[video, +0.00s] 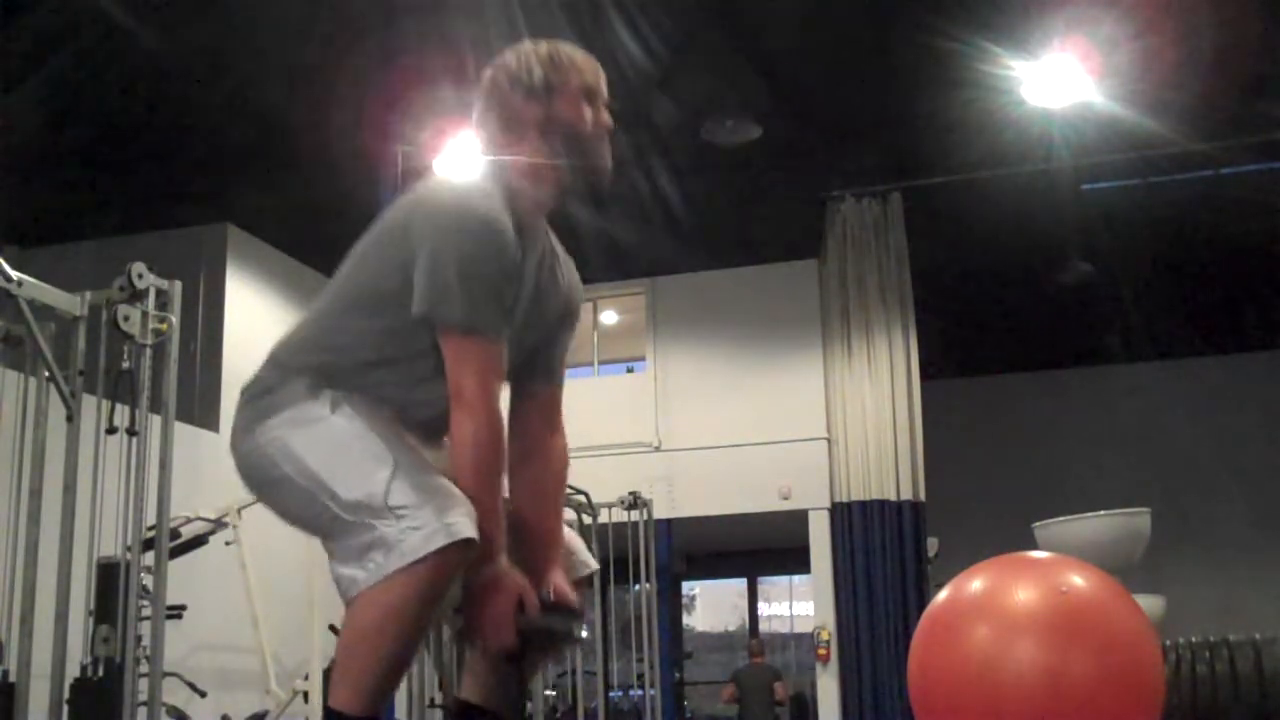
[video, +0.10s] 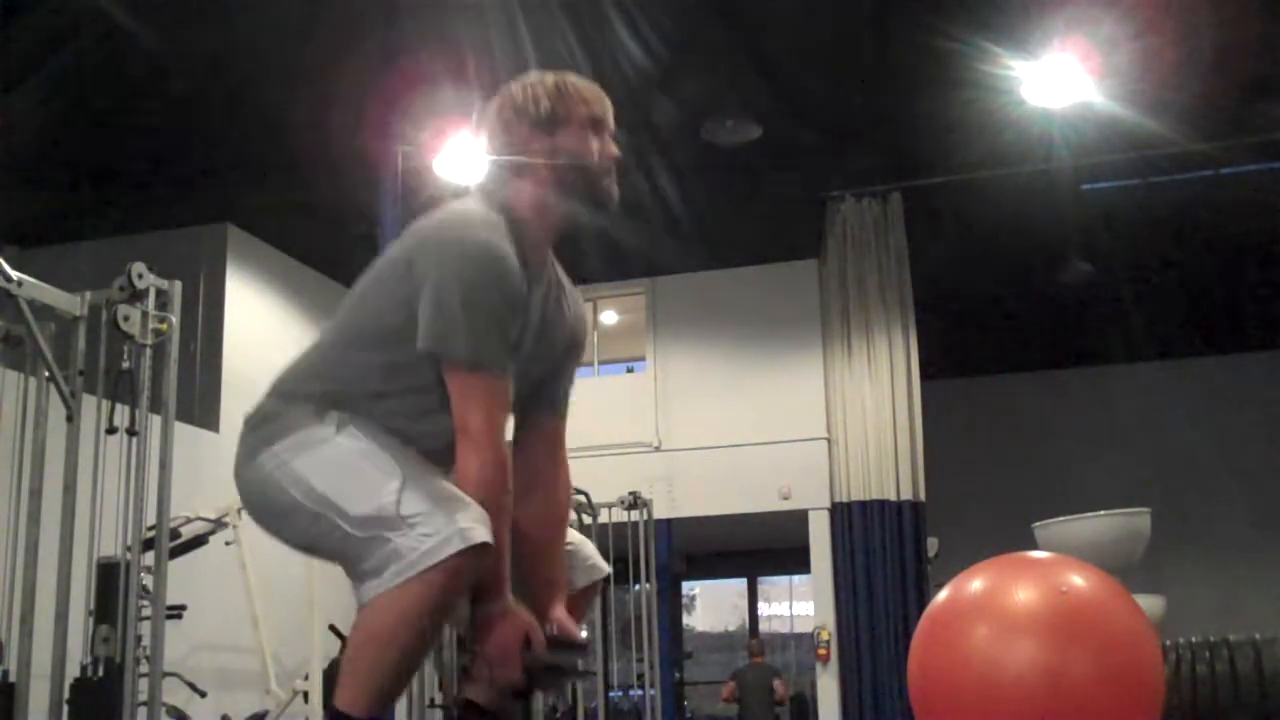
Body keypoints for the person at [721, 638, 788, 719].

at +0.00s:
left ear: (748, 653)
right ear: (764, 652)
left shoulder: (739, 673)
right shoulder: (772, 671)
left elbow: (726, 697)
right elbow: (781, 697)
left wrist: (743, 699)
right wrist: (768, 697)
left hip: (745, 716)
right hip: (767, 716)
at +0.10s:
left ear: (748, 653)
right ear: (764, 652)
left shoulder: (739, 672)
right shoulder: (772, 671)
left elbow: (726, 695)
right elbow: (781, 695)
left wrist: (741, 699)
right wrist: (770, 699)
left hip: (745, 716)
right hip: (767, 715)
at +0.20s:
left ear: (749, 654)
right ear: (765, 652)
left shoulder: (741, 672)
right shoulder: (772, 671)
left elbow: (727, 695)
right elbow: (782, 694)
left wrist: (741, 698)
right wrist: (770, 699)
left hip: (747, 715)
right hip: (767, 715)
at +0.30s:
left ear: (750, 654)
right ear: (766, 653)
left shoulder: (743, 673)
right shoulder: (774, 672)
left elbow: (729, 697)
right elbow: (782, 695)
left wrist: (745, 693)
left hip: (749, 716)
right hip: (769, 715)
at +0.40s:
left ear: (750, 655)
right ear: (767, 653)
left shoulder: (744, 674)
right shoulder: (775, 673)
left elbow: (730, 697)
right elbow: (786, 697)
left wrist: (746, 691)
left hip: (750, 716)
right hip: (771, 715)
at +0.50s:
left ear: (751, 655)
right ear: (767, 655)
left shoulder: (745, 674)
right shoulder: (777, 673)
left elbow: (731, 698)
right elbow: (787, 697)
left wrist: (745, 692)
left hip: (751, 716)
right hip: (773, 715)